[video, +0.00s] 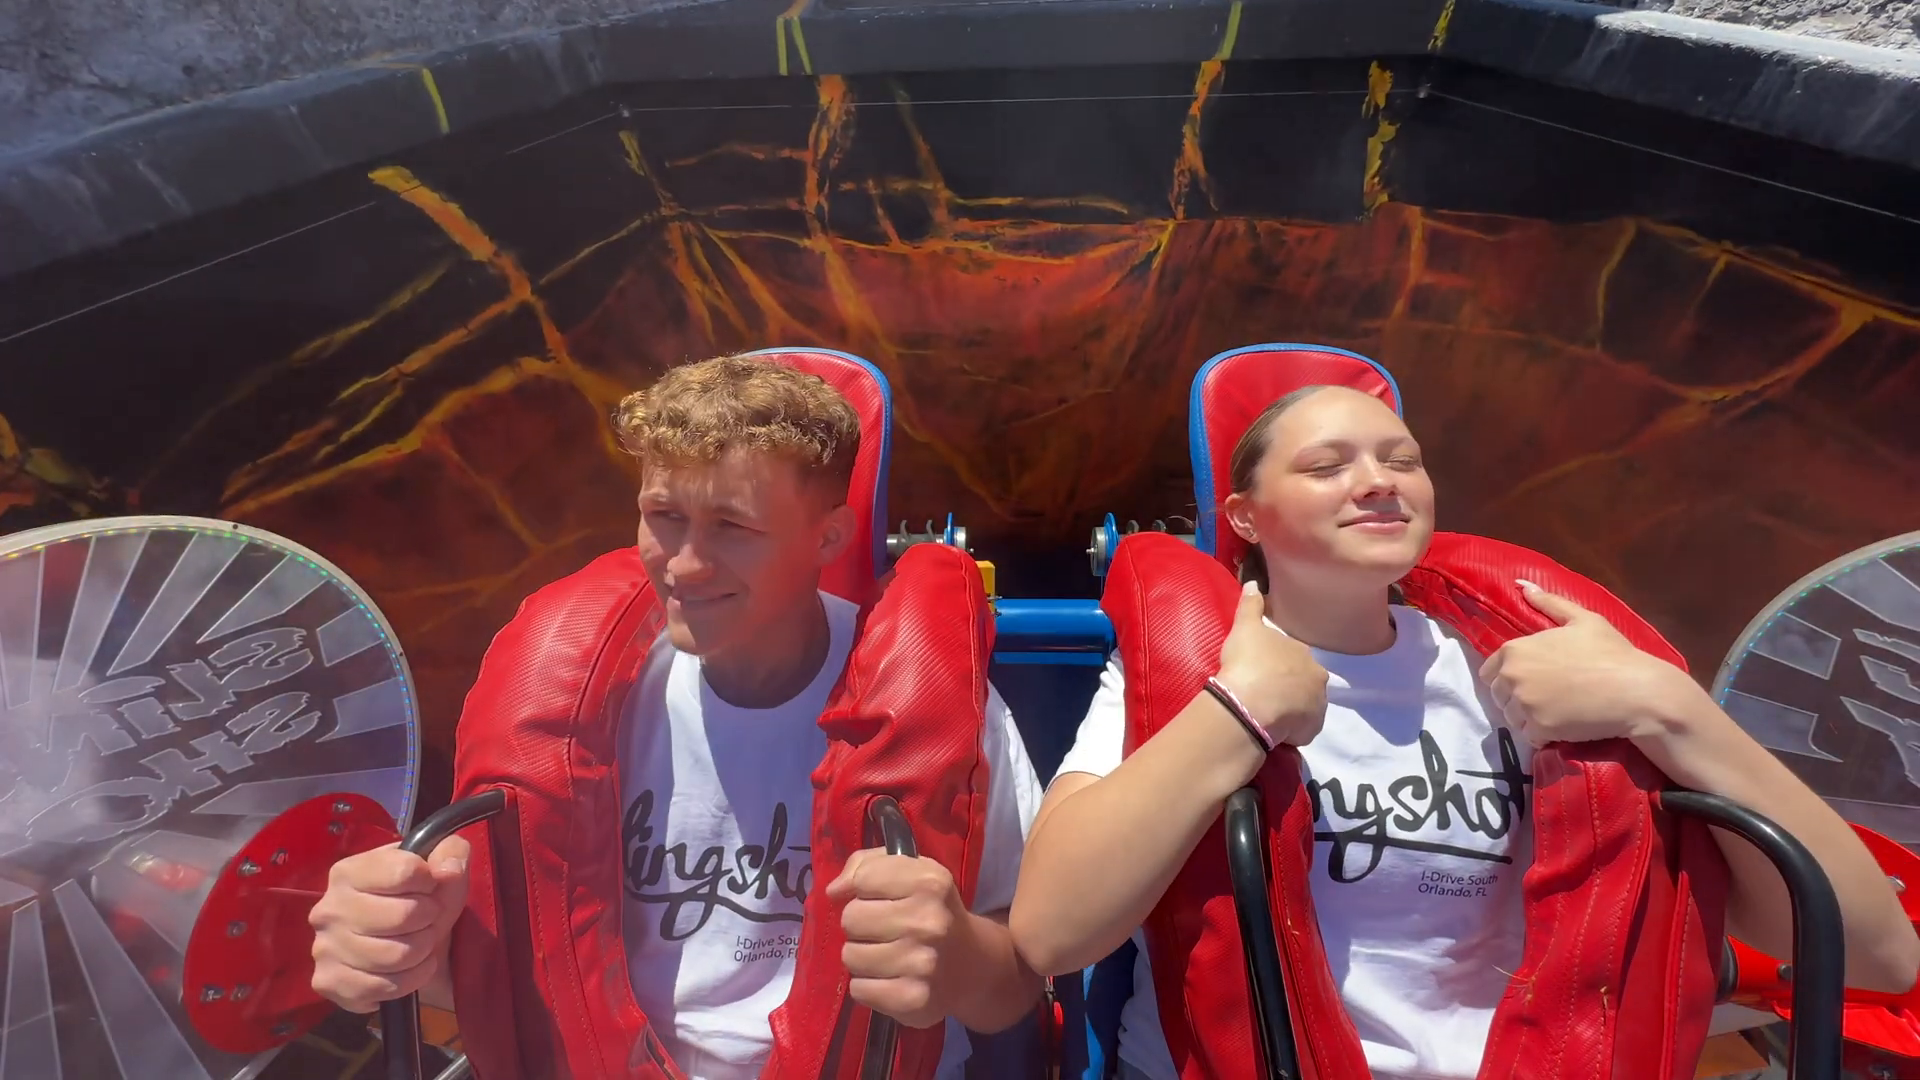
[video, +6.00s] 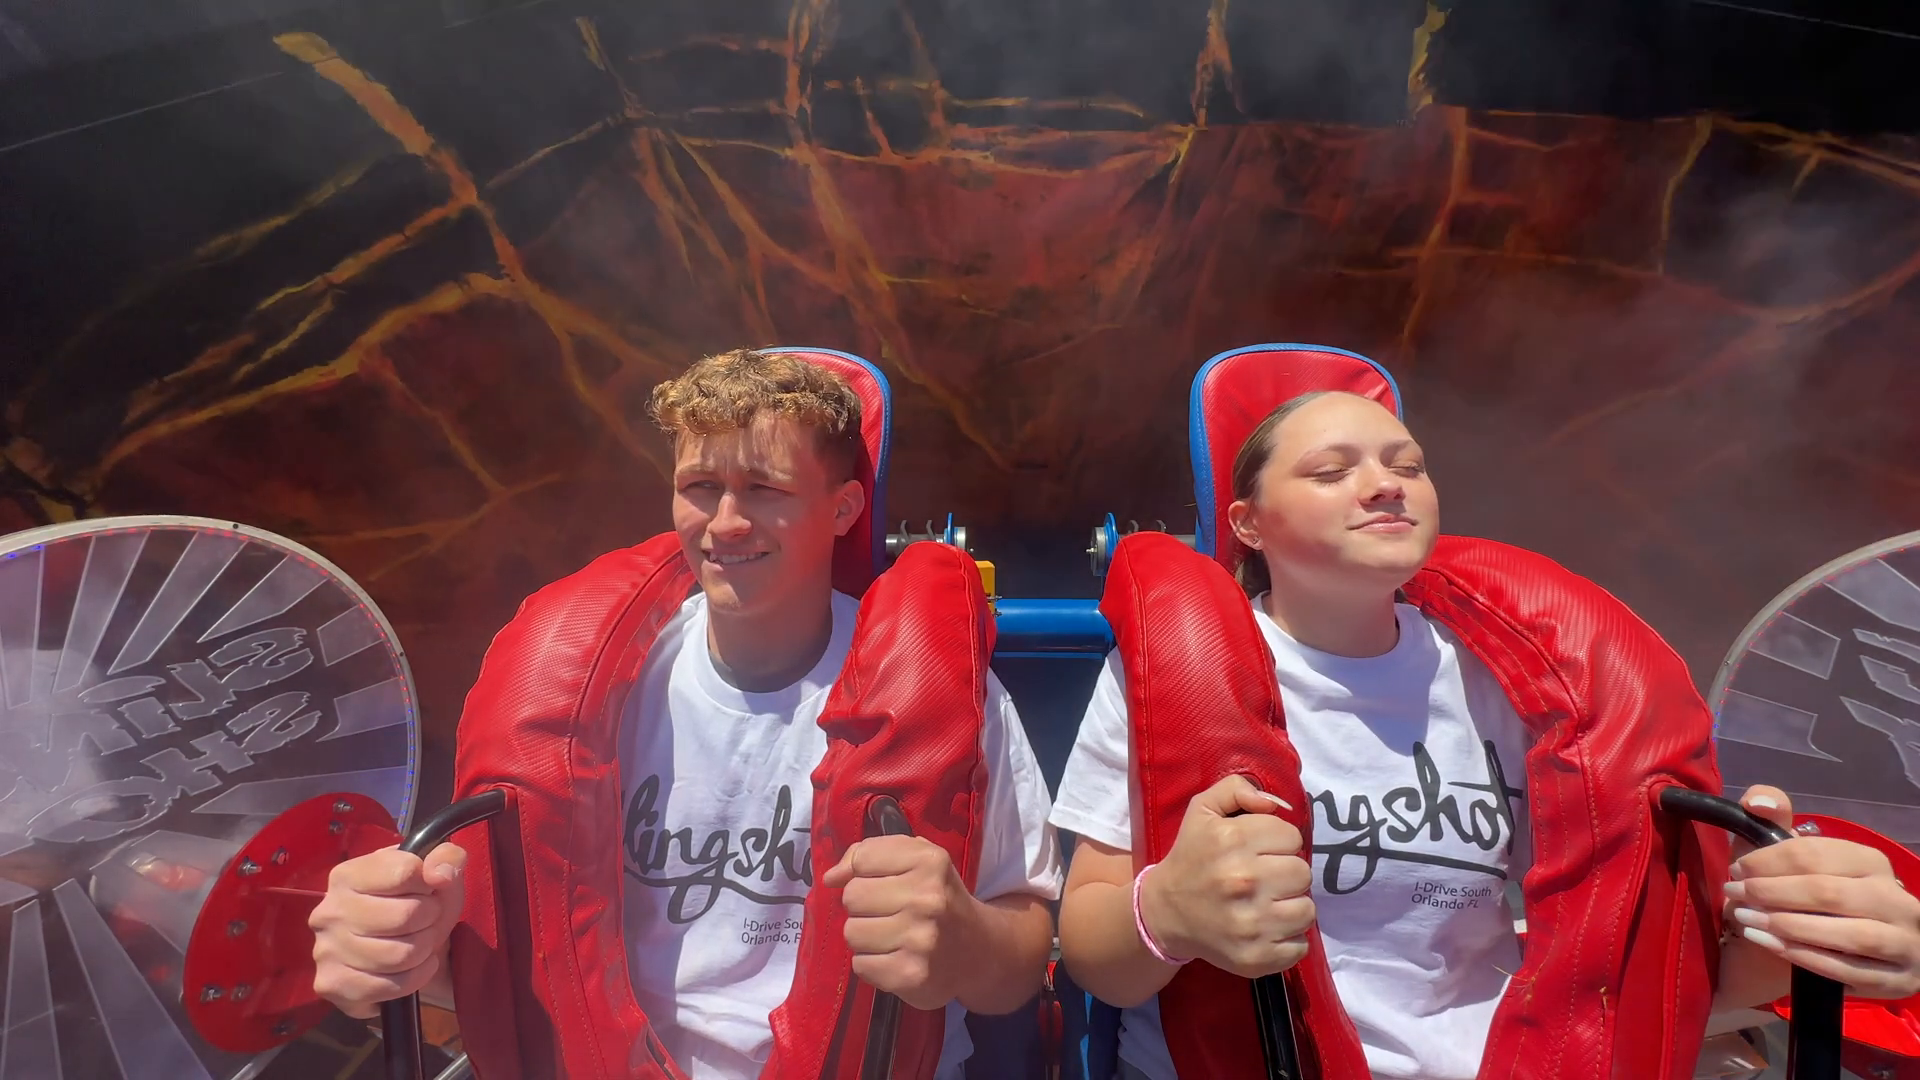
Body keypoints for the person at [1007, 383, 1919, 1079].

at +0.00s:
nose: (1379, 482)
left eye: (1397, 455)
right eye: (1326, 464)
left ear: (1427, 485)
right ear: (1246, 515)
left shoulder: (1533, 670)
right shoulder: (1172, 671)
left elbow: (1883, 952)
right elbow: (1046, 939)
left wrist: (1665, 704)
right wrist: (1238, 716)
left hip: (1523, 1060)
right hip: (1286, 1062)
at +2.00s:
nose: (1387, 484)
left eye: (1402, 458)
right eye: (1332, 469)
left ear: (1431, 487)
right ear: (1252, 524)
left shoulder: (1542, 673)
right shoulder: (1172, 677)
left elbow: (1883, 947)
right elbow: (1050, 938)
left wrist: (1665, 708)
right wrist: (1242, 714)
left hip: (1530, 1063)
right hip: (1296, 1064)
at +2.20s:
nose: (1389, 487)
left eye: (1405, 463)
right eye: (1333, 468)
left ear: (1429, 494)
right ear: (1249, 525)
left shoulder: (1541, 676)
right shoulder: (1168, 674)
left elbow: (1859, 965)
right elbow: (1065, 961)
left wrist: (1694, 713)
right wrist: (1200, 733)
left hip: (1531, 1069)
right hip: (1280, 1071)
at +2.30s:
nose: (1387, 484)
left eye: (1405, 462)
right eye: (1332, 467)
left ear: (1432, 499)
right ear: (1246, 522)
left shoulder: (1531, 666)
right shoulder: (1159, 672)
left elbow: (1760, 973)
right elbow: (1084, 977)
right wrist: (1167, 812)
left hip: (1522, 1056)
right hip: (1270, 1059)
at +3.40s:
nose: (1383, 485)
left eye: (1401, 460)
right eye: (1330, 468)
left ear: (1432, 492)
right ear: (1244, 523)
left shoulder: (1531, 668)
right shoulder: (1173, 668)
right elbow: (1086, 955)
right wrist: (1163, 913)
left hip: (1503, 1069)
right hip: (1280, 1065)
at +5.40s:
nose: (1384, 480)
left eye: (1401, 456)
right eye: (1329, 466)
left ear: (1432, 491)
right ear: (1244, 523)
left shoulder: (1525, 670)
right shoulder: (1173, 668)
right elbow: (1085, 956)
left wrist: (1750, 929)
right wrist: (1161, 911)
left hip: (1505, 1067)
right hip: (1289, 1066)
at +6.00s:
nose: (1384, 481)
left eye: (1401, 457)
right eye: (1330, 468)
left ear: (1434, 488)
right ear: (1246, 523)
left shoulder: (1520, 664)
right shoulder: (1175, 664)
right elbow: (1089, 954)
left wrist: (1717, 857)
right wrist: (1162, 911)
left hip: (1508, 1065)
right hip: (1294, 1065)